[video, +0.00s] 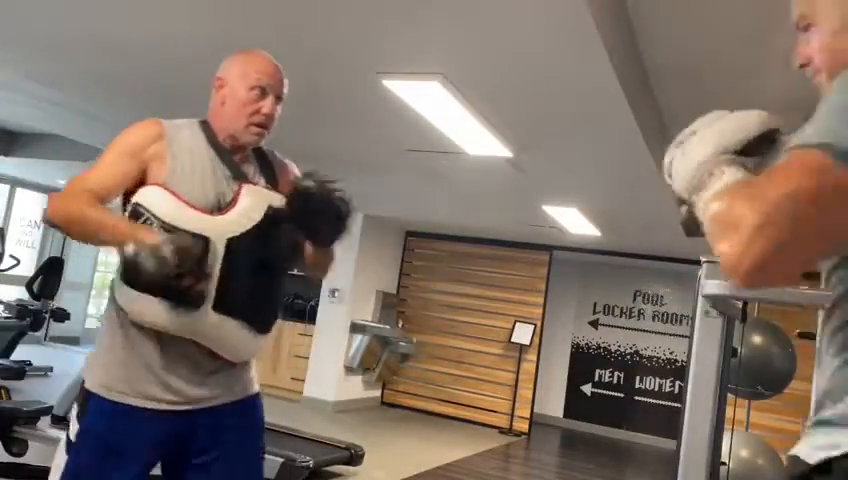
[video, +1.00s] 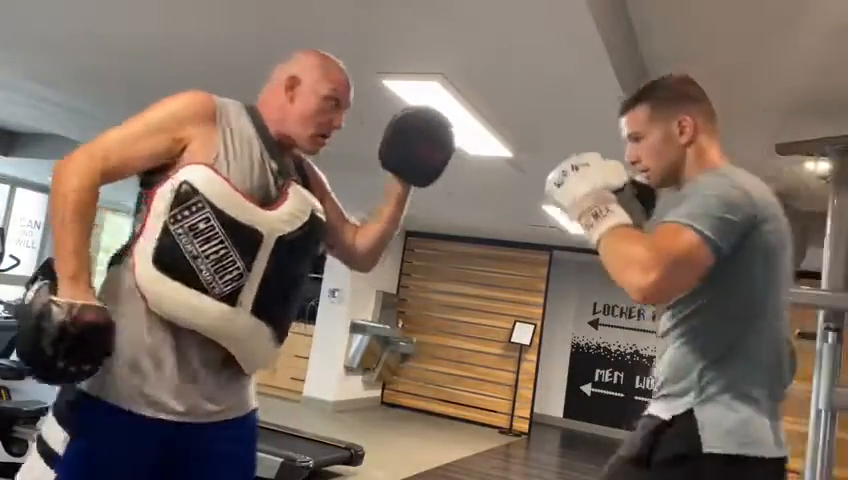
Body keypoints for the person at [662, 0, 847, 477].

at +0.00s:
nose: (799, 56)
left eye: (808, 25)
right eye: (799, 33)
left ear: (845, 18)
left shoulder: (842, 99)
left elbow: (756, 250)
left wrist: (708, 174)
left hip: (837, 442)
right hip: (829, 441)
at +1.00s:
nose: (630, 157)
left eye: (638, 139)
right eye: (628, 143)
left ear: (684, 129)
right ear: (685, 130)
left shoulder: (728, 190)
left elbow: (649, 276)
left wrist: (594, 210)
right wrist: (629, 219)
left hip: (715, 439)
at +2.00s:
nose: (534, 166)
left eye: (544, 154)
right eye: (532, 155)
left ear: (578, 157)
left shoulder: (611, 208)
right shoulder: (550, 213)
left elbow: (603, 267)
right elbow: (516, 280)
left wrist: (556, 218)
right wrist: (509, 233)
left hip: (576, 365)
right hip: (544, 362)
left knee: (532, 471)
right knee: (530, 469)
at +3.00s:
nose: (535, 175)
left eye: (545, 164)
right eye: (533, 166)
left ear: (574, 168)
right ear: (529, 170)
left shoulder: (603, 217)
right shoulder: (538, 225)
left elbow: (599, 265)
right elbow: (506, 284)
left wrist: (555, 219)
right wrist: (503, 229)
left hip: (568, 373)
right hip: (526, 367)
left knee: (549, 472)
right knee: (512, 467)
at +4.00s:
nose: (475, 199)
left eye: (485, 188)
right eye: (471, 190)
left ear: (513, 188)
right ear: (468, 189)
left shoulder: (546, 233)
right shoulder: (486, 238)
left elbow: (542, 295)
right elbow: (457, 298)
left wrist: (494, 249)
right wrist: (450, 247)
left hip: (518, 377)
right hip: (482, 373)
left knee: (463, 472)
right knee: (490, 472)